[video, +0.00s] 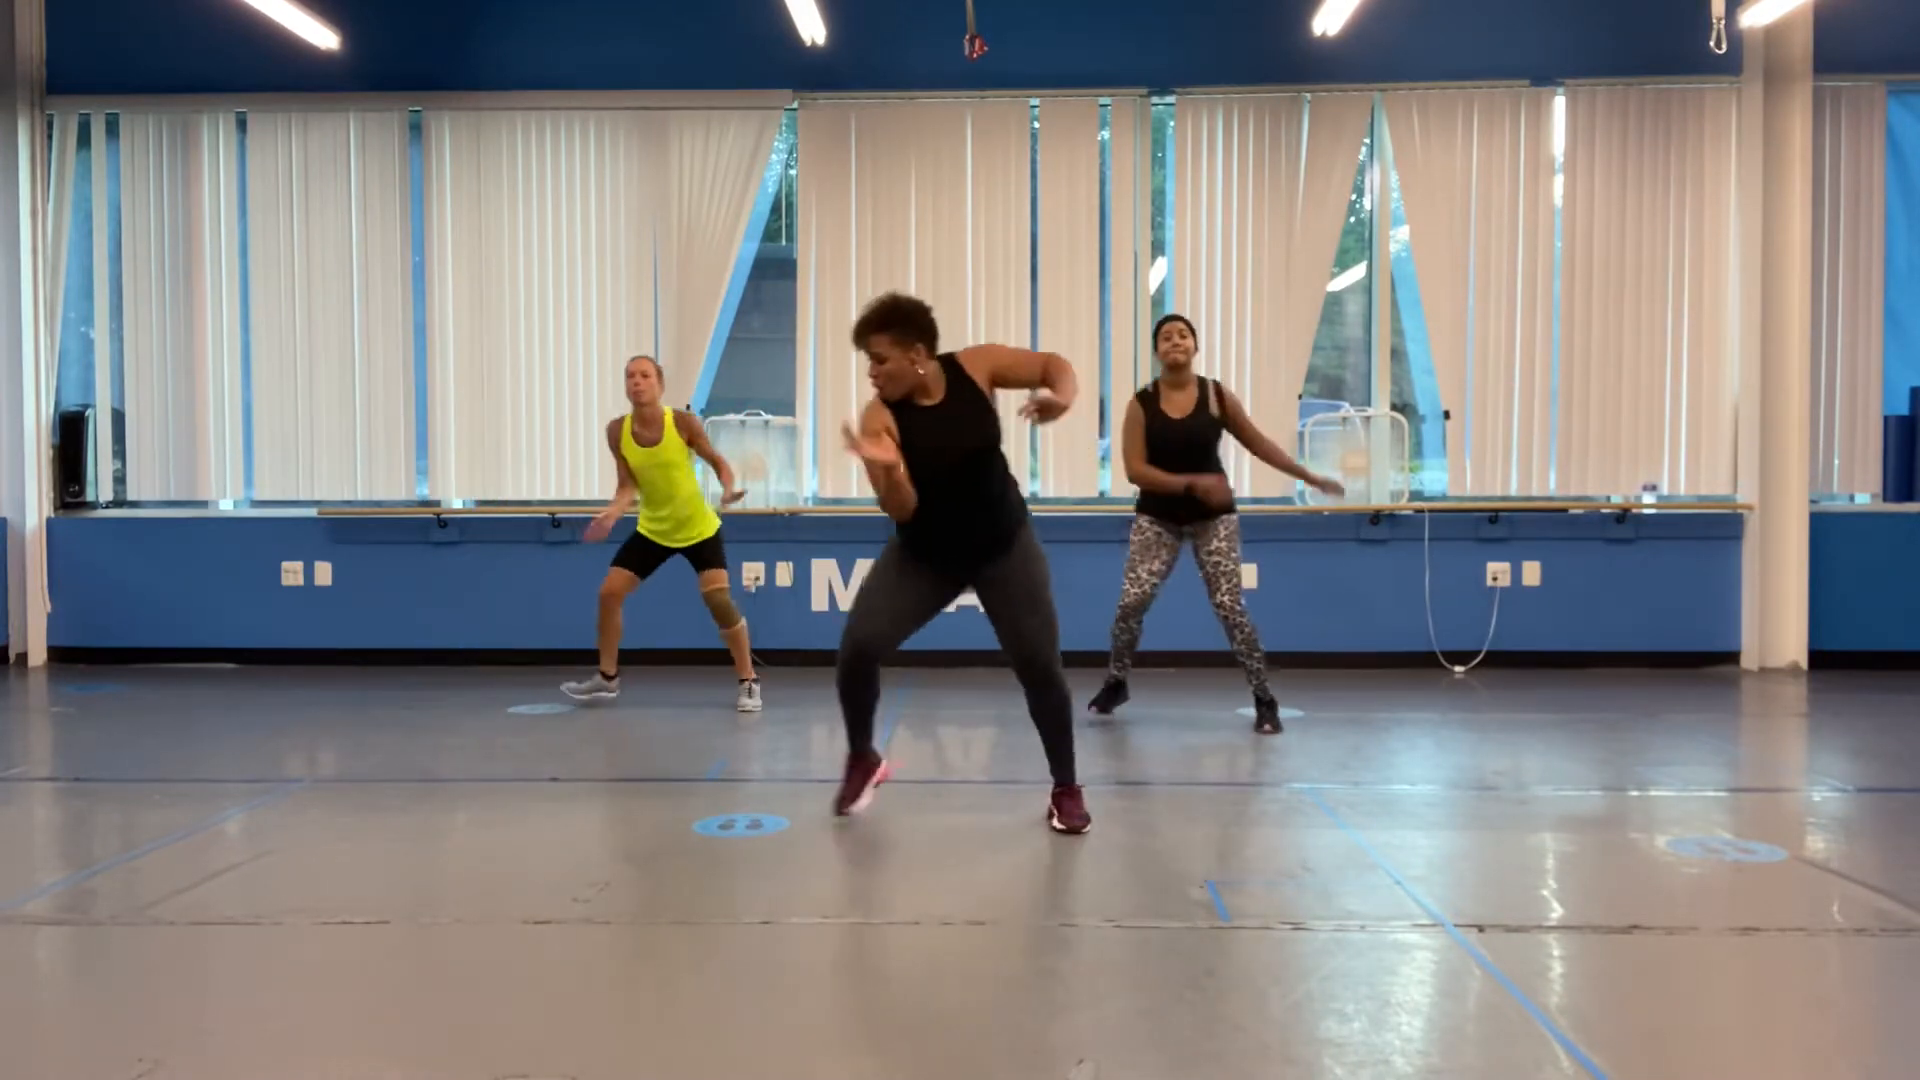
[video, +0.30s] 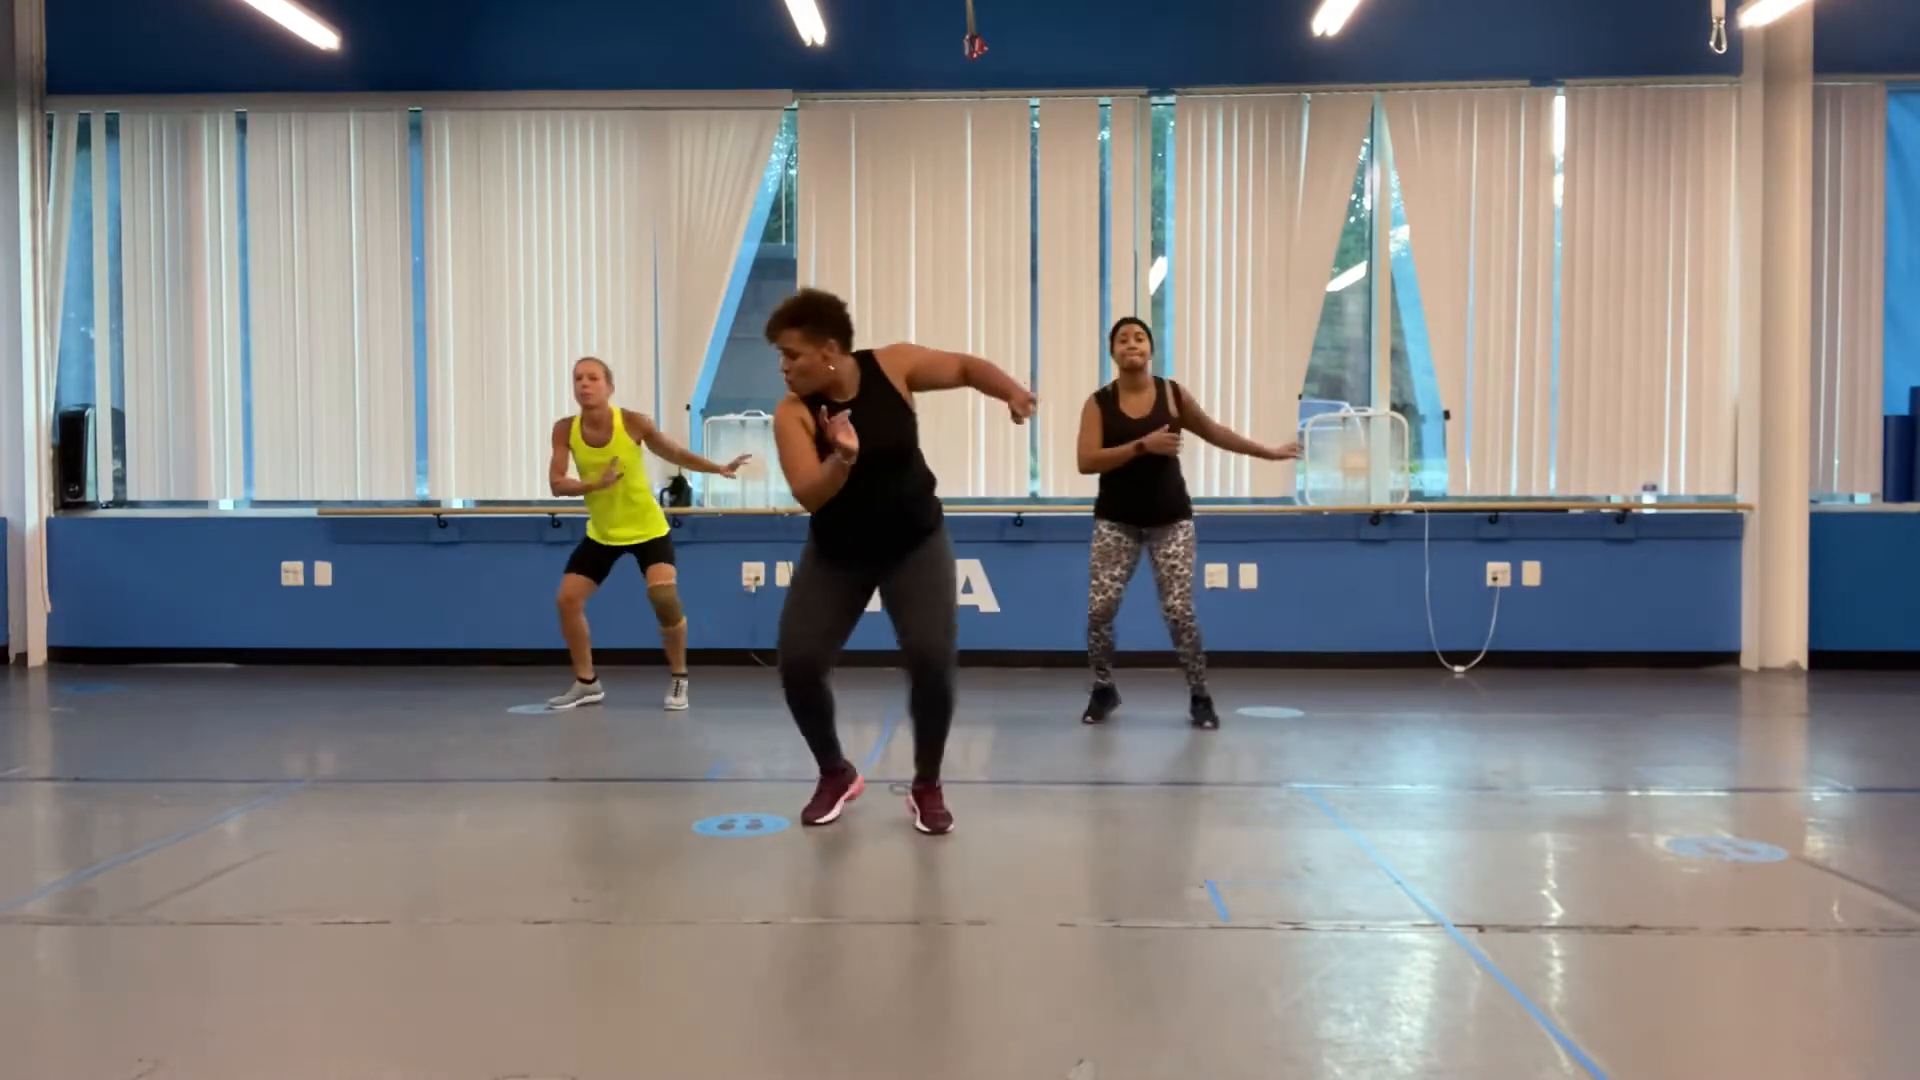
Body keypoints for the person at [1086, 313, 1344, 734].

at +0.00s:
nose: (1175, 342)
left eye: (1182, 336)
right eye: (1166, 338)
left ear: (1195, 346)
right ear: (1156, 351)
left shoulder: (1216, 395)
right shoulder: (1141, 404)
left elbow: (1258, 444)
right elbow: (1134, 471)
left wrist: (1310, 477)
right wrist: (1191, 483)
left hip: (1213, 518)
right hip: (1156, 519)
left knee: (1228, 607)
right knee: (1132, 601)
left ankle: (1264, 700)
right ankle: (1115, 681)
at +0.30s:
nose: (1131, 345)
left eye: (1139, 338)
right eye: (1123, 340)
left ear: (1151, 349)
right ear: (1112, 352)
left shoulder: (1172, 395)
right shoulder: (1098, 404)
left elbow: (1215, 433)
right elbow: (1086, 462)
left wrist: (1269, 453)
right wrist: (1142, 445)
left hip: (1170, 521)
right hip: (1115, 522)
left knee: (1177, 610)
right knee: (1099, 609)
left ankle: (1200, 698)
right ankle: (1102, 690)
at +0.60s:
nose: (1086, 353)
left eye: (1094, 348)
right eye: (1078, 348)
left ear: (1105, 360)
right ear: (1066, 360)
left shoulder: (1123, 405)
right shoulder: (1048, 410)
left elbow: (1172, 437)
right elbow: (1033, 469)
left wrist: (1229, 457)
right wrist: (1080, 442)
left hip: (1130, 522)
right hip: (1074, 526)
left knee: (1153, 604)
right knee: (1057, 606)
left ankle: (1196, 679)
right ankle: (1040, 696)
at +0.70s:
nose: (1078, 360)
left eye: (1086, 354)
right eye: (1070, 355)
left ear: (1098, 365)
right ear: (1059, 366)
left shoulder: (1117, 414)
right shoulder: (1041, 420)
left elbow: (1155, 465)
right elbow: (1015, 480)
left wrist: (1197, 508)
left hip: (1123, 530)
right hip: (1067, 533)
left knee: (1146, 612)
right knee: (1049, 611)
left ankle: (1170, 684)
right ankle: (1040, 697)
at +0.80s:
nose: (1081, 357)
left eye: (1089, 350)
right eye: (1073, 352)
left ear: (1101, 360)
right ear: (1062, 364)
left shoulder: (1123, 411)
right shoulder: (1046, 418)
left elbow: (1142, 473)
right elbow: (1014, 470)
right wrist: (1000, 515)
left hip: (1122, 522)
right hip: (1068, 525)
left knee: (1146, 608)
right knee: (1055, 608)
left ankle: (1164, 690)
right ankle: (1040, 696)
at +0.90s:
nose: (1091, 349)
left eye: (1098, 342)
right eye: (1082, 345)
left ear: (1112, 351)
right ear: (1073, 357)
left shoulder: (1135, 399)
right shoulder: (1060, 408)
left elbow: (1143, 467)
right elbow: (1023, 453)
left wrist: (1088, 485)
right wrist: (978, 481)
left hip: (1132, 518)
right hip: (1077, 519)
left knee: (1160, 598)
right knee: (1065, 605)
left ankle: (1179, 684)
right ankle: (1039, 693)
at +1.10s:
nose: (1122, 352)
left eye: (1128, 345)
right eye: (1113, 349)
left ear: (1142, 353)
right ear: (1104, 362)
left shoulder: (1170, 402)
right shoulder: (1093, 412)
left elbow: (1193, 462)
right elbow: (1064, 467)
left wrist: (1146, 490)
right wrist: (1010, 470)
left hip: (1162, 523)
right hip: (1106, 523)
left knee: (1179, 608)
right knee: (1095, 604)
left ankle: (1198, 699)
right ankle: (1058, 677)